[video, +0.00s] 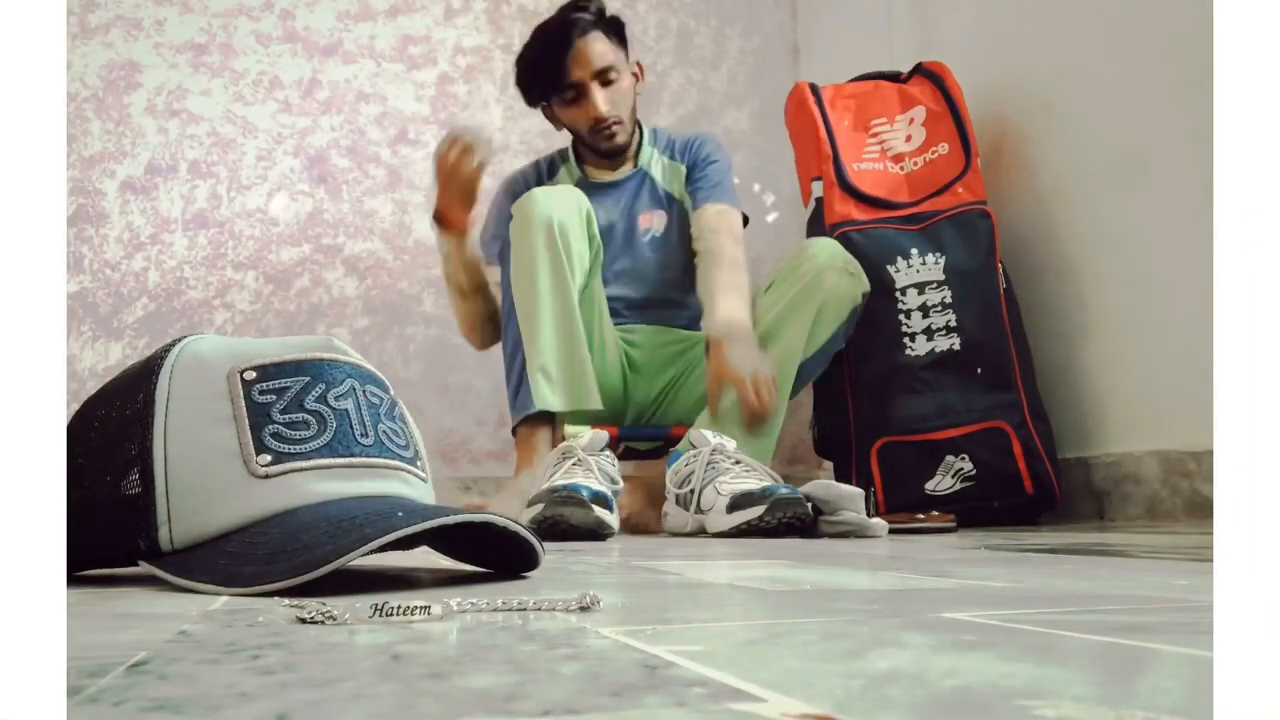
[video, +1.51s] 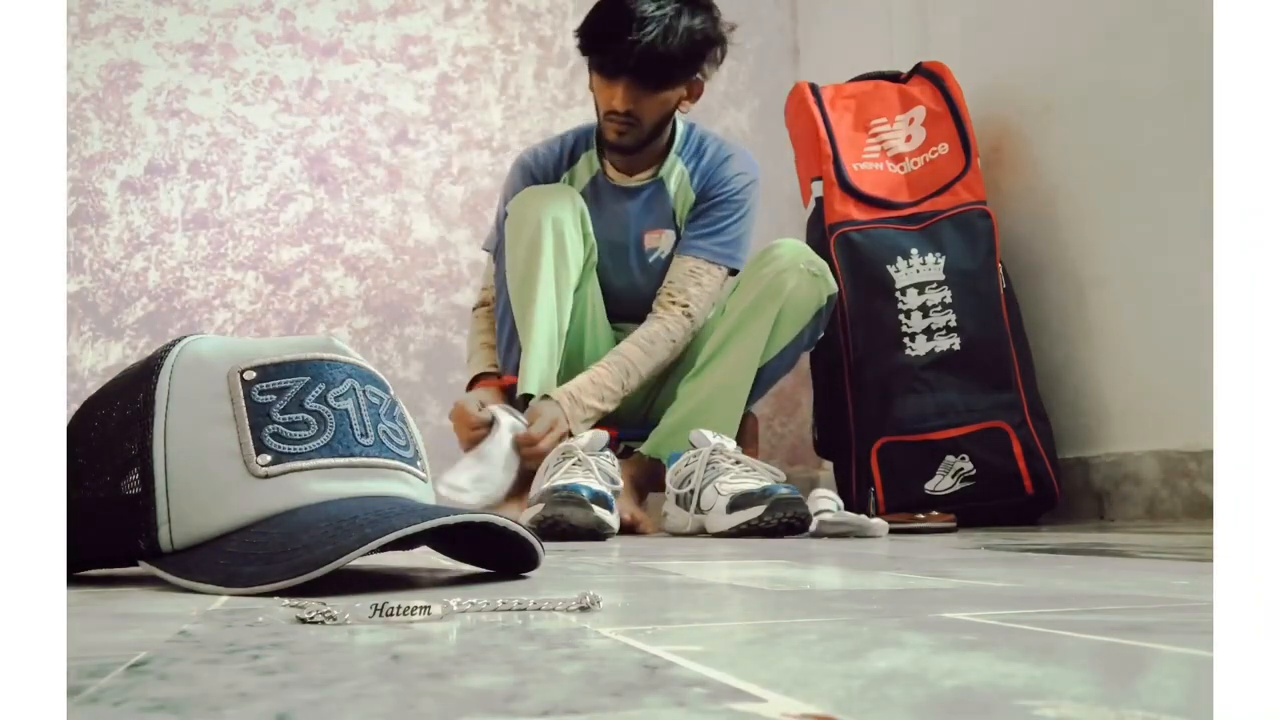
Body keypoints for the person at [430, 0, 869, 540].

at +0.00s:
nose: (600, 109)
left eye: (608, 81)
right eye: (573, 97)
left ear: (635, 76)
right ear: (551, 112)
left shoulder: (695, 155)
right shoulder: (529, 188)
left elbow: (719, 240)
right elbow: (482, 331)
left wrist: (730, 328)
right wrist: (452, 234)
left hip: (688, 372)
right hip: (586, 368)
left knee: (831, 263)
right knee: (548, 205)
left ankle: (716, 460)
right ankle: (576, 454)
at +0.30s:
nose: (570, 112)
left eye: (579, 80)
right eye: (541, 99)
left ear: (608, 67)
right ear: (517, 111)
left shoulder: (676, 137)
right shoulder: (497, 192)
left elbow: (719, 253)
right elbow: (479, 367)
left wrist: (740, 339)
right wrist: (458, 341)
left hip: (682, 366)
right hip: (579, 366)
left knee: (841, 280)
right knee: (549, 208)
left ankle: (704, 459)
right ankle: (572, 452)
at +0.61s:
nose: (632, 131)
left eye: (654, 115)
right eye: (618, 109)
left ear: (683, 108)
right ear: (596, 95)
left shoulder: (715, 168)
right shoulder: (546, 165)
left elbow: (725, 274)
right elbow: (444, 238)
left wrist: (664, 262)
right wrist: (503, 228)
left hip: (683, 370)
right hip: (583, 367)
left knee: (797, 261)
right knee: (555, 208)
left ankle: (657, 466)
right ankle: (567, 454)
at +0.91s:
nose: (657, 114)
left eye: (684, 99)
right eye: (647, 87)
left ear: (717, 102)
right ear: (625, 69)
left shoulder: (739, 170)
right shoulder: (563, 154)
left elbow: (712, 296)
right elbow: (495, 260)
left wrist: (615, 328)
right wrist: (481, 281)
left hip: (675, 381)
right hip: (583, 378)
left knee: (806, 271)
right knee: (567, 202)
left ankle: (654, 472)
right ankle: (543, 457)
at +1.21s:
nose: (609, 106)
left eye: (635, 88)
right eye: (595, 79)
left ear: (681, 91)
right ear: (578, 72)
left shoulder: (719, 164)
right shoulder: (537, 166)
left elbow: (682, 313)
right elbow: (490, 296)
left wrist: (574, 396)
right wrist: (486, 378)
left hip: (673, 376)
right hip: (573, 369)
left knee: (795, 264)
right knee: (541, 202)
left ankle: (662, 468)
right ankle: (561, 457)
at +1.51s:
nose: (619, 102)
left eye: (645, 86)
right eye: (607, 76)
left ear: (689, 92)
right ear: (589, 70)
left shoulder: (725, 173)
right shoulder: (541, 169)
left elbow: (676, 318)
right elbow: (493, 300)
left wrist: (571, 405)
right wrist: (486, 386)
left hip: (675, 378)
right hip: (577, 374)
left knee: (795, 264)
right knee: (542, 202)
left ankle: (649, 471)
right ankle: (565, 455)